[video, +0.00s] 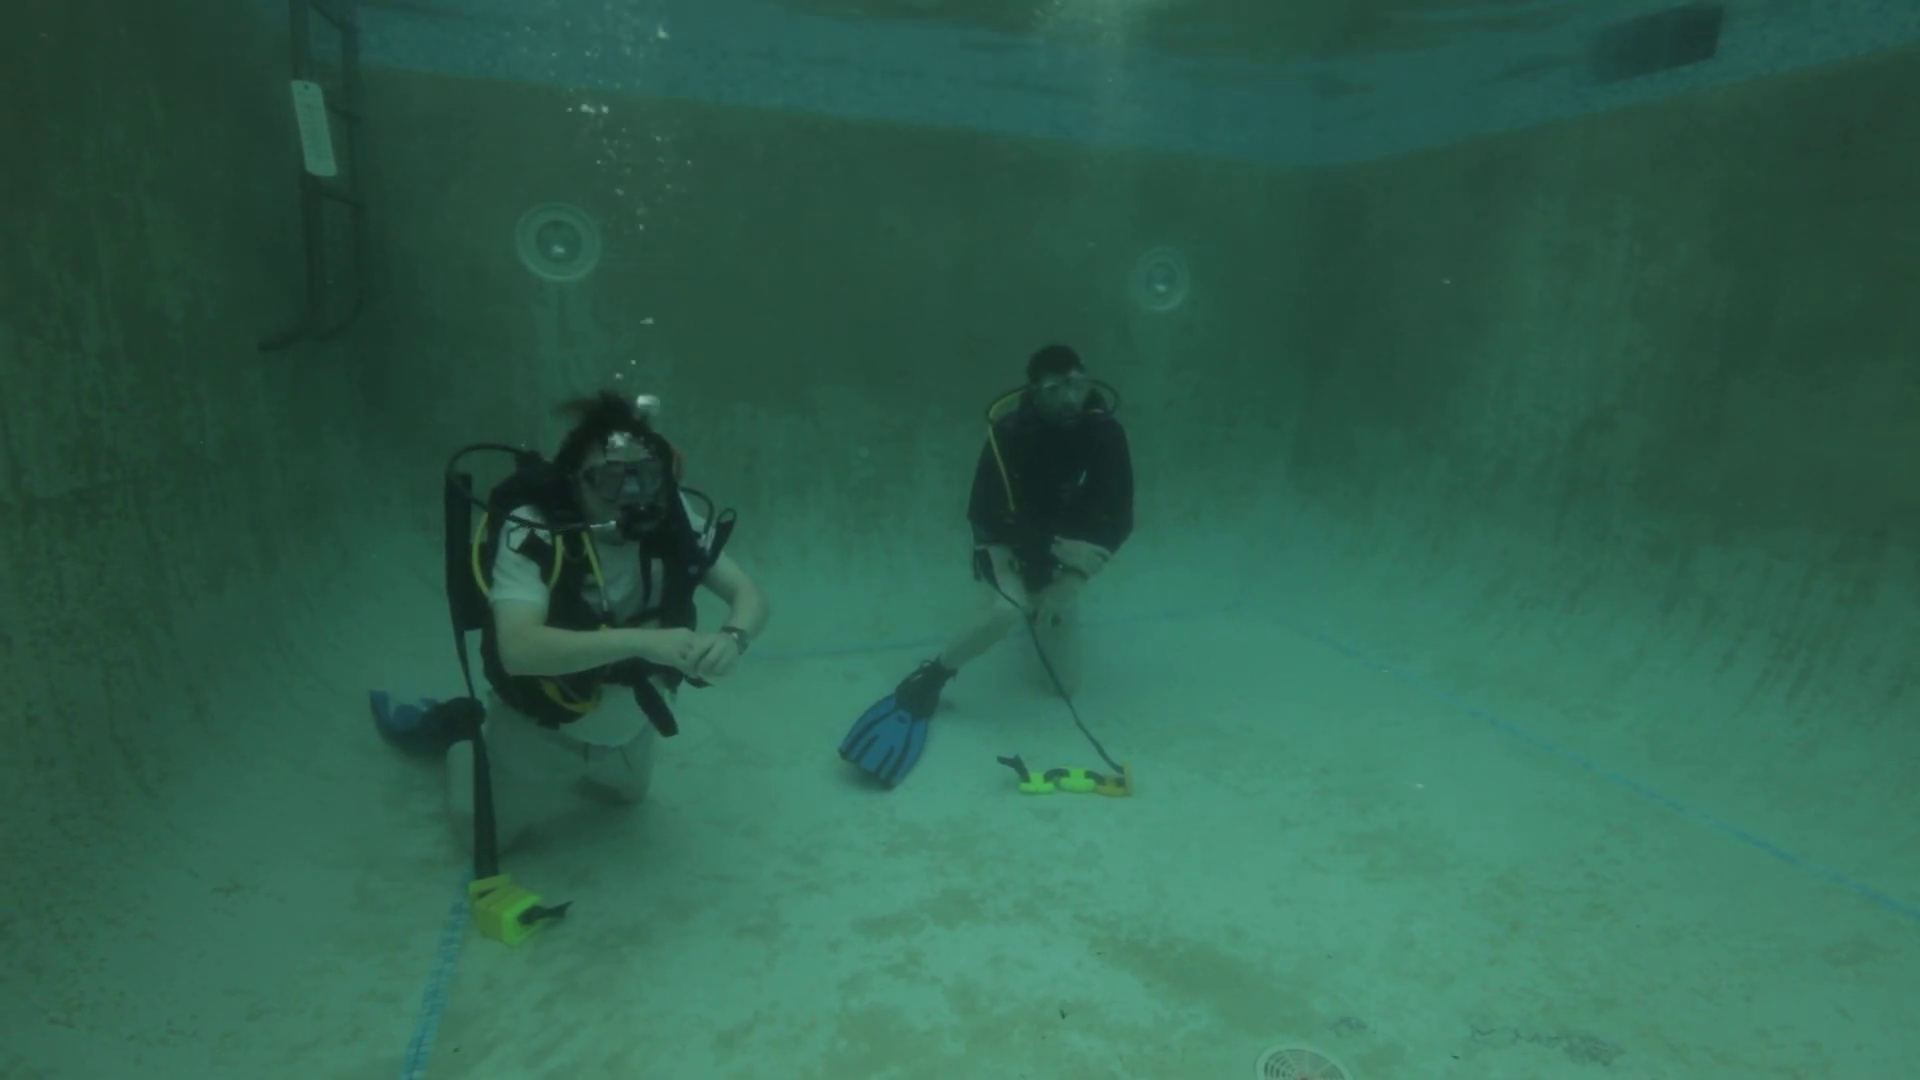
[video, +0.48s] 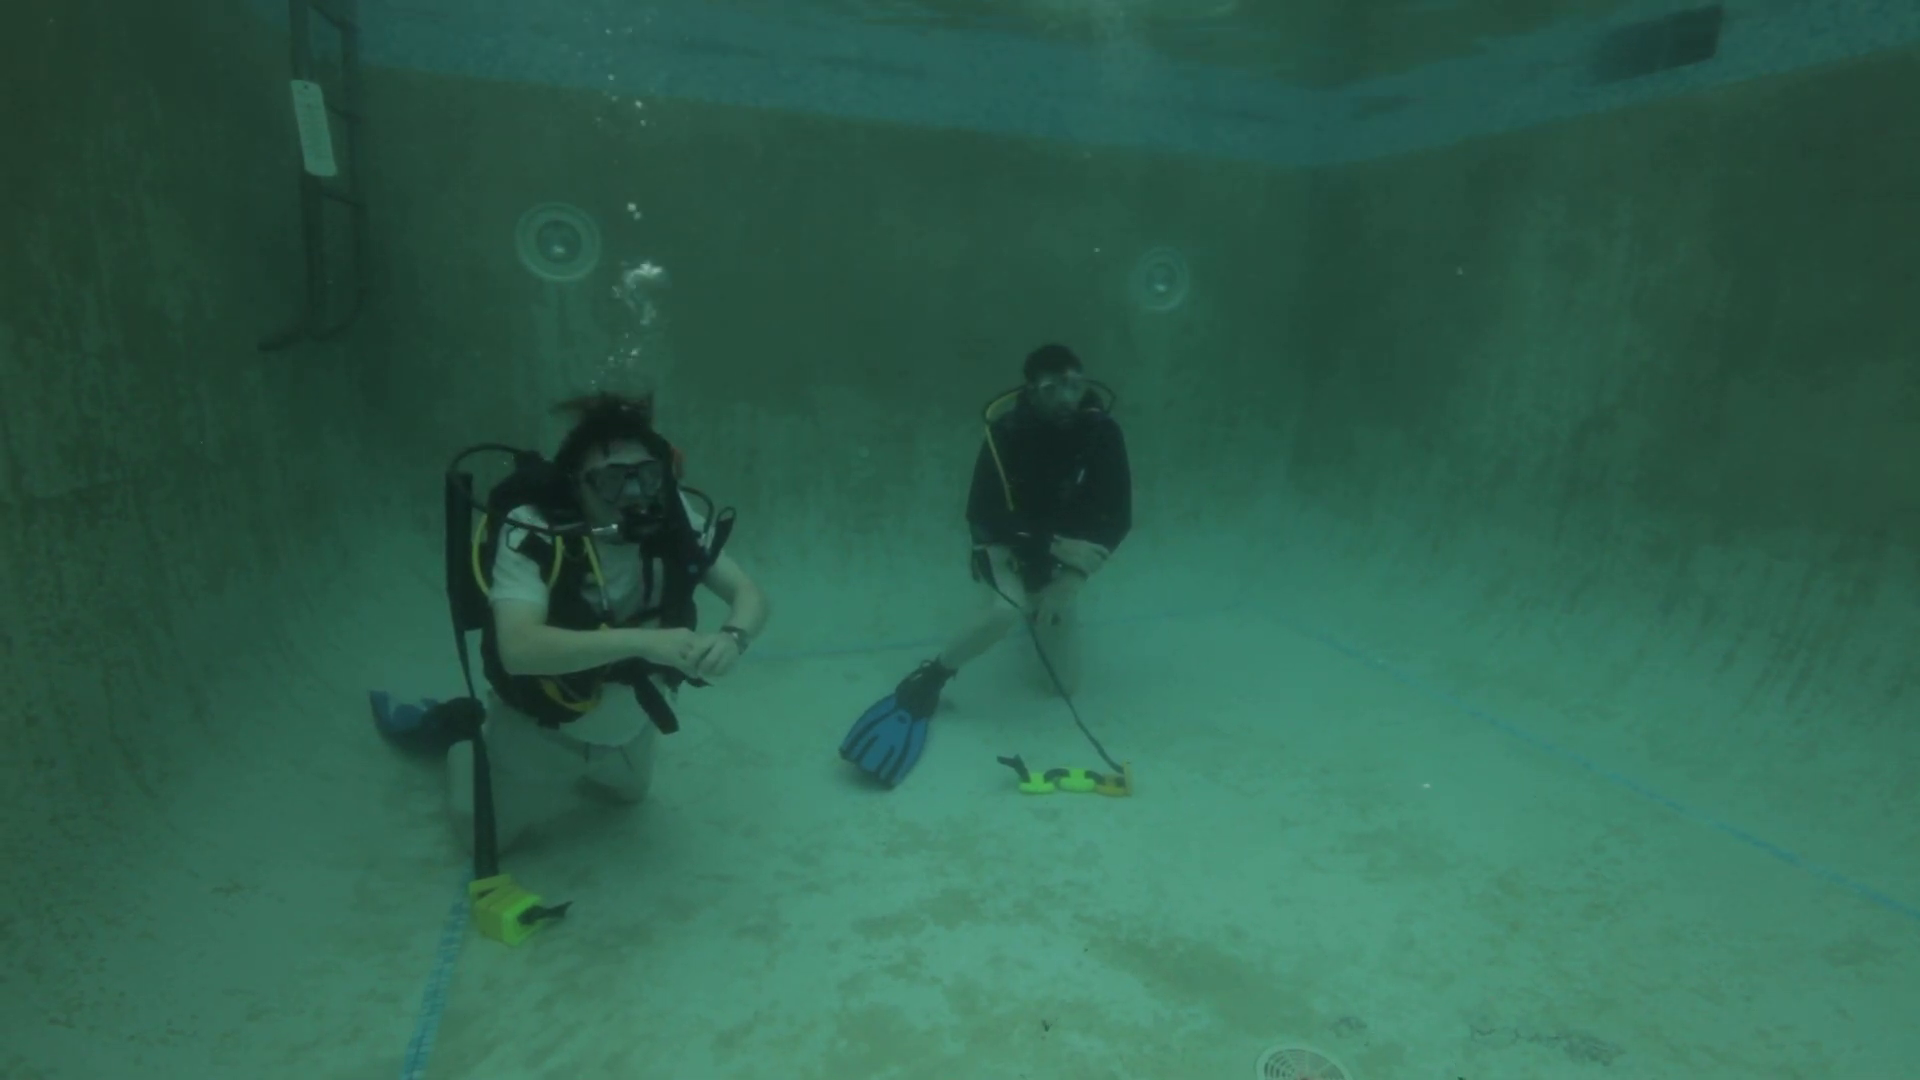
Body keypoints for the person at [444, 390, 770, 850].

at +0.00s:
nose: (626, 493)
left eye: (639, 477)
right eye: (609, 478)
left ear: (658, 477)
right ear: (577, 479)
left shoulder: (670, 519)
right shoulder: (531, 527)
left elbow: (748, 594)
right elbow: (517, 650)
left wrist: (734, 637)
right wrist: (647, 643)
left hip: (628, 711)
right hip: (539, 718)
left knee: (628, 786)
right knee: (485, 835)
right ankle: (462, 730)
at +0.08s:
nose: (630, 494)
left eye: (642, 476)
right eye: (610, 478)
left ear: (661, 474)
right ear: (576, 479)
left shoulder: (673, 519)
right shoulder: (531, 528)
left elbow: (749, 594)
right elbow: (518, 650)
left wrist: (734, 636)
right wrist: (647, 643)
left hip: (627, 712)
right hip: (539, 719)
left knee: (628, 786)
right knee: (485, 836)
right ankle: (462, 728)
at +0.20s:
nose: (630, 495)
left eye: (643, 478)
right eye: (611, 479)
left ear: (663, 476)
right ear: (576, 479)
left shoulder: (673, 519)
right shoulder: (531, 527)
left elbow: (748, 593)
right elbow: (518, 649)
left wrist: (734, 636)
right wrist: (648, 643)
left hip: (627, 712)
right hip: (539, 719)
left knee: (628, 786)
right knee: (485, 836)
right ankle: (462, 728)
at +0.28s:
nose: (631, 495)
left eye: (644, 477)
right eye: (612, 480)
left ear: (662, 475)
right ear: (577, 481)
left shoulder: (676, 518)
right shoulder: (531, 529)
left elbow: (749, 593)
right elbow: (518, 650)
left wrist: (734, 636)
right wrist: (644, 644)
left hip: (628, 710)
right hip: (540, 720)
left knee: (628, 786)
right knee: (491, 835)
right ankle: (464, 728)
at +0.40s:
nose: (630, 496)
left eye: (643, 478)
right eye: (611, 480)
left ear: (663, 477)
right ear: (576, 483)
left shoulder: (673, 519)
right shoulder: (532, 528)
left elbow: (749, 593)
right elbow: (517, 649)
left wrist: (734, 636)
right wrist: (647, 643)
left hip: (627, 710)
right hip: (538, 717)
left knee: (629, 786)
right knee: (485, 835)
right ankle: (461, 728)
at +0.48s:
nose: (631, 495)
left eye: (643, 478)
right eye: (612, 479)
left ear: (662, 477)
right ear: (577, 482)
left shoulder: (671, 519)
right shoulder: (532, 527)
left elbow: (748, 593)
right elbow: (517, 649)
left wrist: (734, 637)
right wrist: (647, 643)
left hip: (627, 709)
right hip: (539, 716)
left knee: (628, 786)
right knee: (486, 836)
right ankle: (462, 728)